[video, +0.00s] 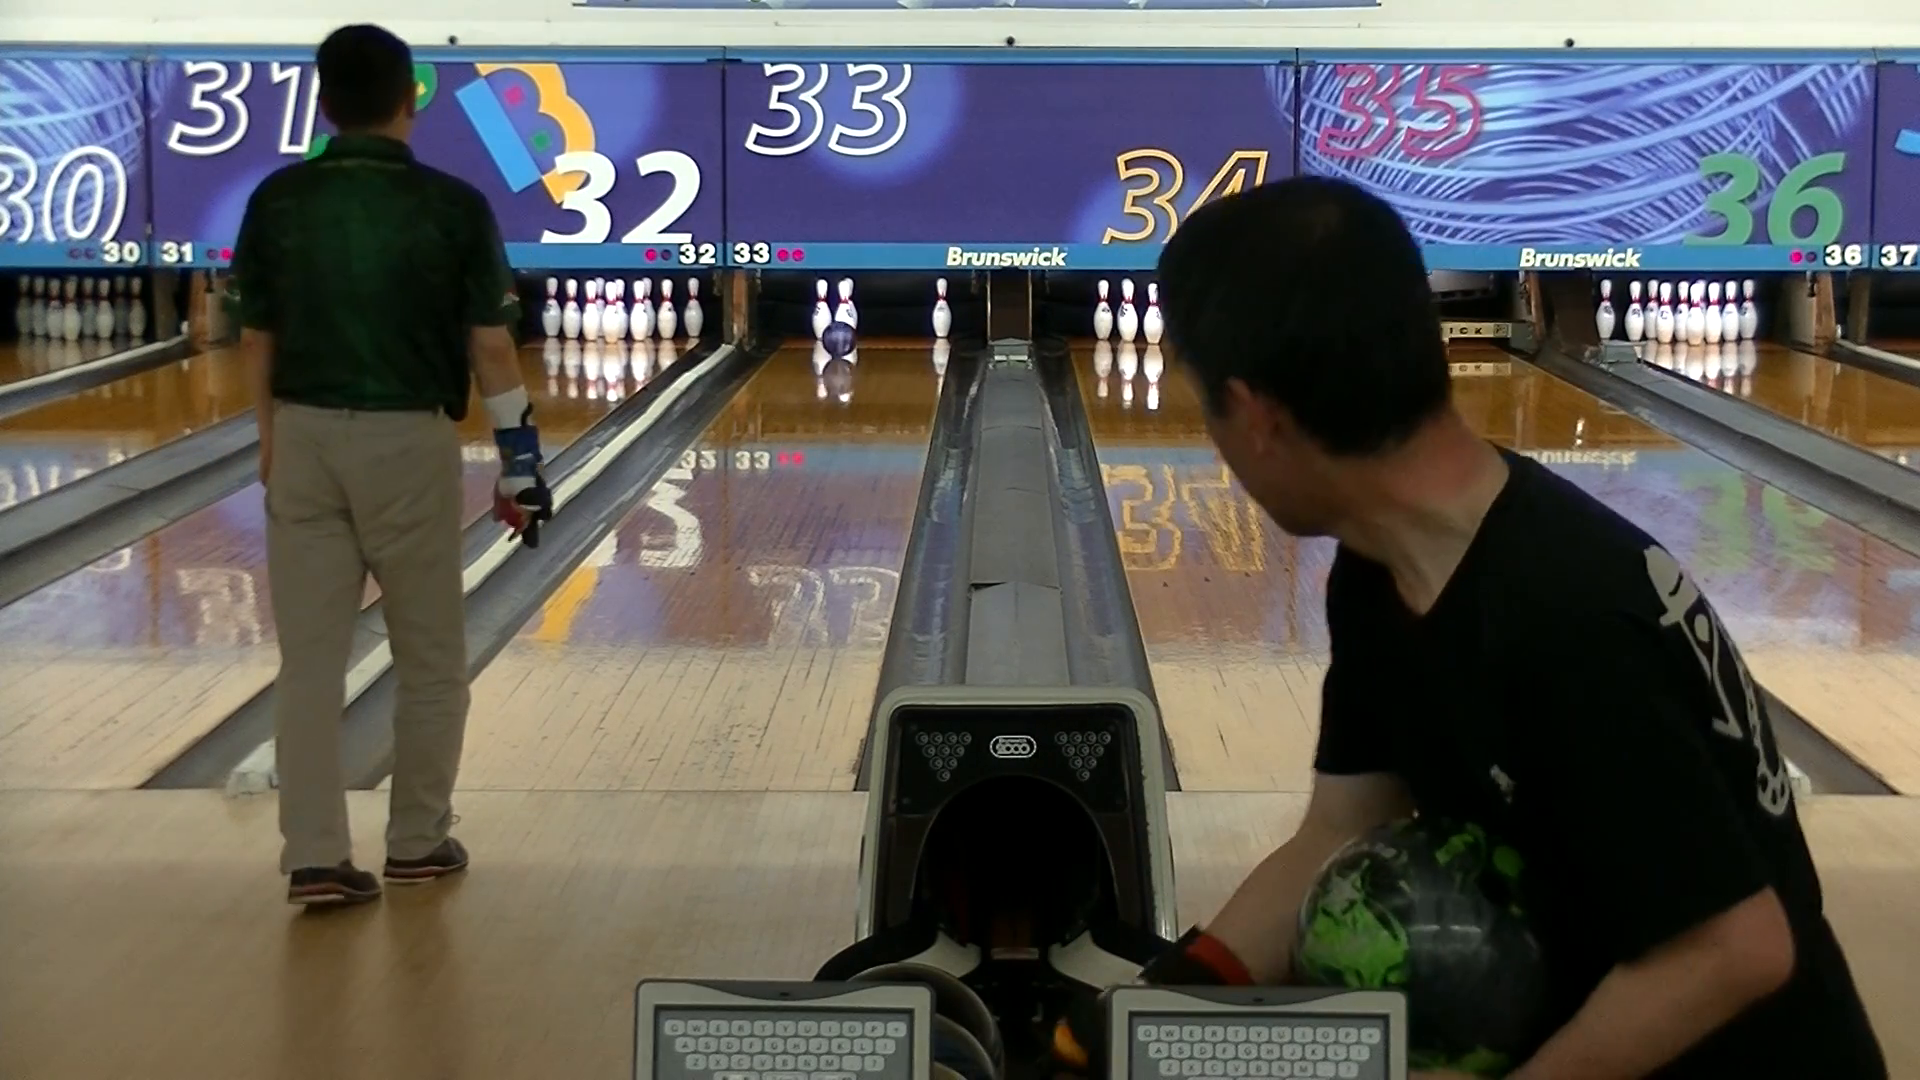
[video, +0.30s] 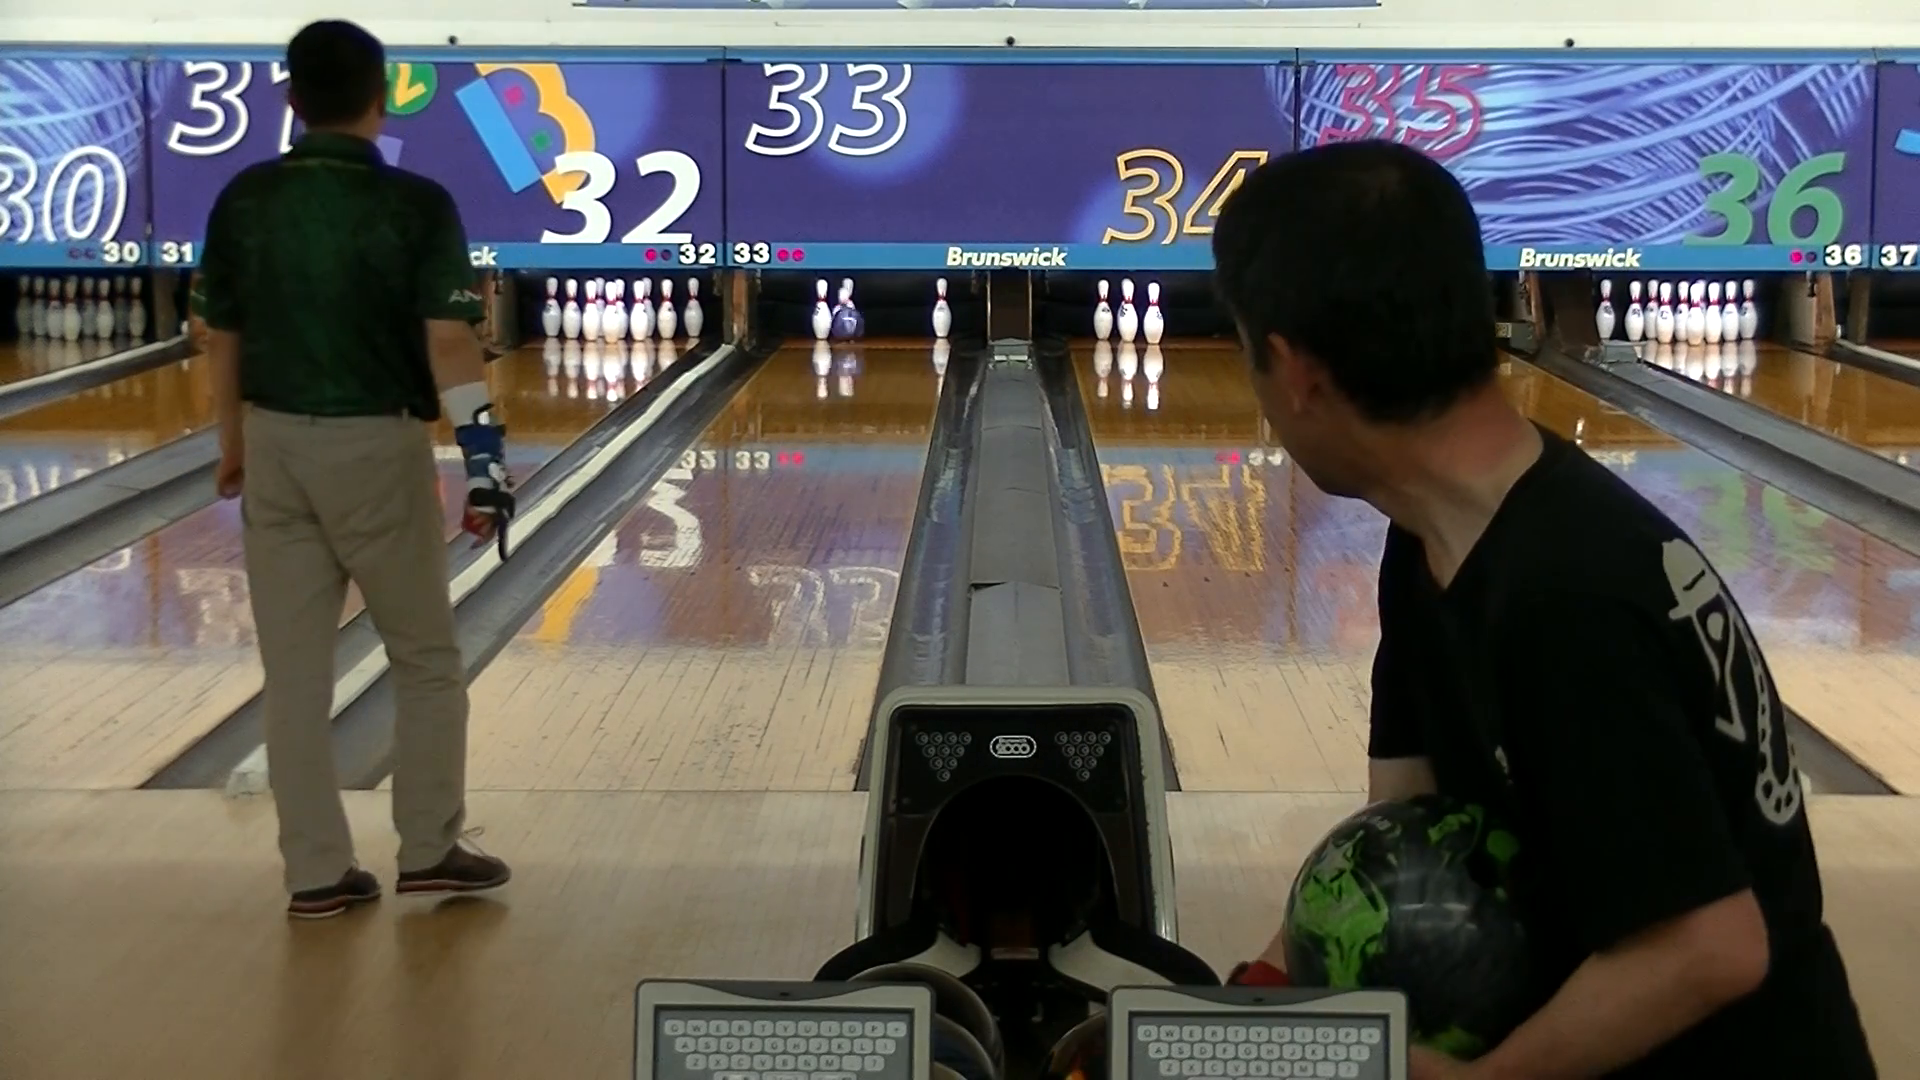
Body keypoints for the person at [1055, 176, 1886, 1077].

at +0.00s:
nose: (1216, 443)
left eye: (1202, 408)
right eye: (1201, 408)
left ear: (1254, 411)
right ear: (1404, 341)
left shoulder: (1573, 600)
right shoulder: (1378, 568)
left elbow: (1738, 944)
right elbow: (1340, 841)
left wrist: (1512, 1071)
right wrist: (1172, 998)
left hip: (1767, 1066)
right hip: (1596, 1033)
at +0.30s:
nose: (1263, 401)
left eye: (1251, 360)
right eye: (1249, 360)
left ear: (1293, 369)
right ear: (1450, 307)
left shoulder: (1571, 587)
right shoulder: (1430, 534)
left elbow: (1713, 946)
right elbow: (1408, 831)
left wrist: (1479, 1073)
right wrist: (1291, 970)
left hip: (1751, 1062)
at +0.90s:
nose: (1309, 373)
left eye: (1303, 344)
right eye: (1302, 342)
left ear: (1353, 358)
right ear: (1511, 306)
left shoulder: (1607, 585)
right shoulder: (1493, 536)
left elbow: (1753, 938)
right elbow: (1442, 820)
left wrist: (1526, 1071)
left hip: (1786, 1062)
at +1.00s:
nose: (1353, 349)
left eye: (1352, 317)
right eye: (1350, 315)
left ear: (1394, 342)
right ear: (1562, 296)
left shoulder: (1604, 586)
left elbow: (1736, 945)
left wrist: (1519, 1067)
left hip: (1765, 1059)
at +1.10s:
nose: (1412, 328)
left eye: (1410, 295)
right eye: (1410, 294)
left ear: (1447, 325)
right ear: (1621, 286)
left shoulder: (1621, 586)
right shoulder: (1723, 488)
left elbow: (1731, 943)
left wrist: (1517, 1061)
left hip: (1763, 1051)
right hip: (1859, 1015)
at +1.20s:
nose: (1480, 318)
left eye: (1480, 284)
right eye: (1482, 283)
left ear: (1513, 309)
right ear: (1695, 277)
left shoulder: (1645, 576)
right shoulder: (1817, 495)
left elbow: (1730, 931)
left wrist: (1529, 1046)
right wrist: (1632, 857)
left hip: (1742, 1057)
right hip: (1878, 1031)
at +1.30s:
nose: (1553, 296)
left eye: (1557, 266)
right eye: (1559, 263)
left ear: (1591, 296)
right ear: (1782, 266)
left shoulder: (1674, 564)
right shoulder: (1890, 480)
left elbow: (1735, 923)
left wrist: (1549, 1031)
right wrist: (1660, 819)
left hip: (1749, 1056)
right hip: (1902, 1031)